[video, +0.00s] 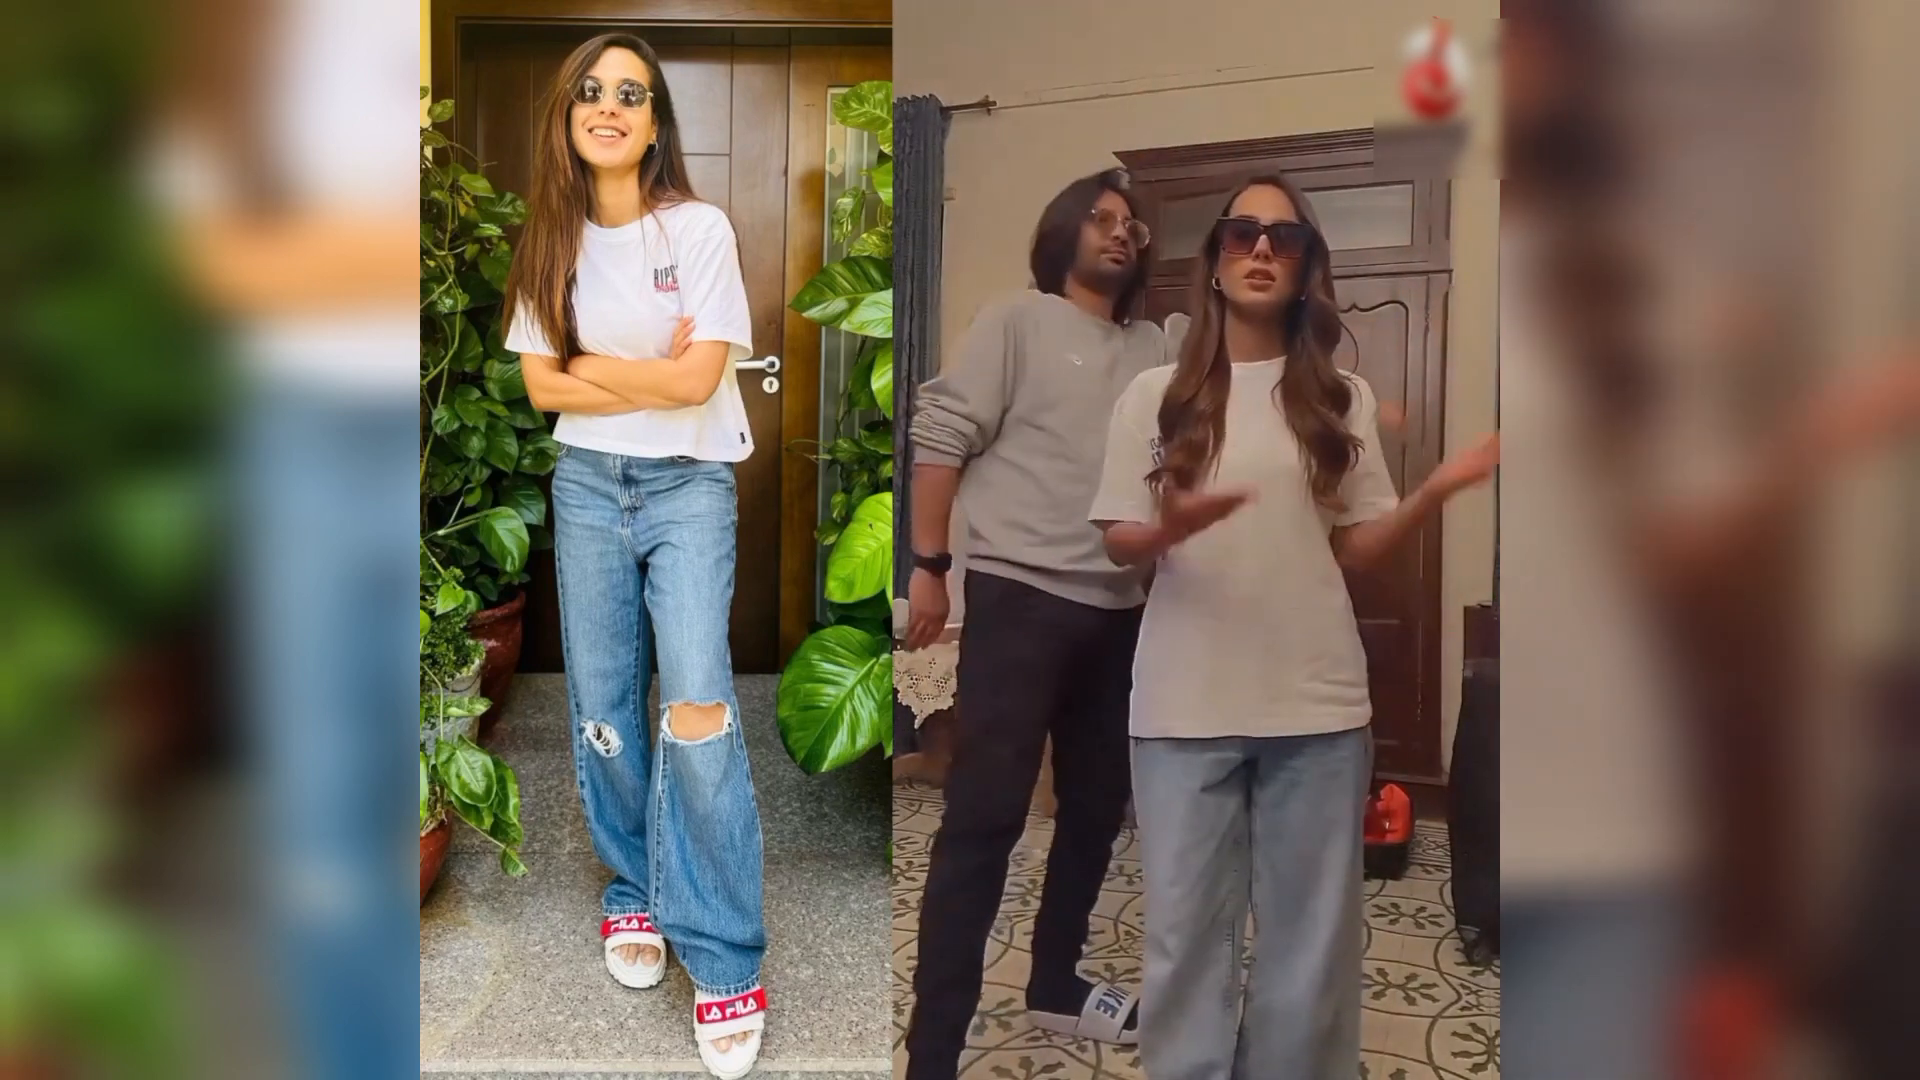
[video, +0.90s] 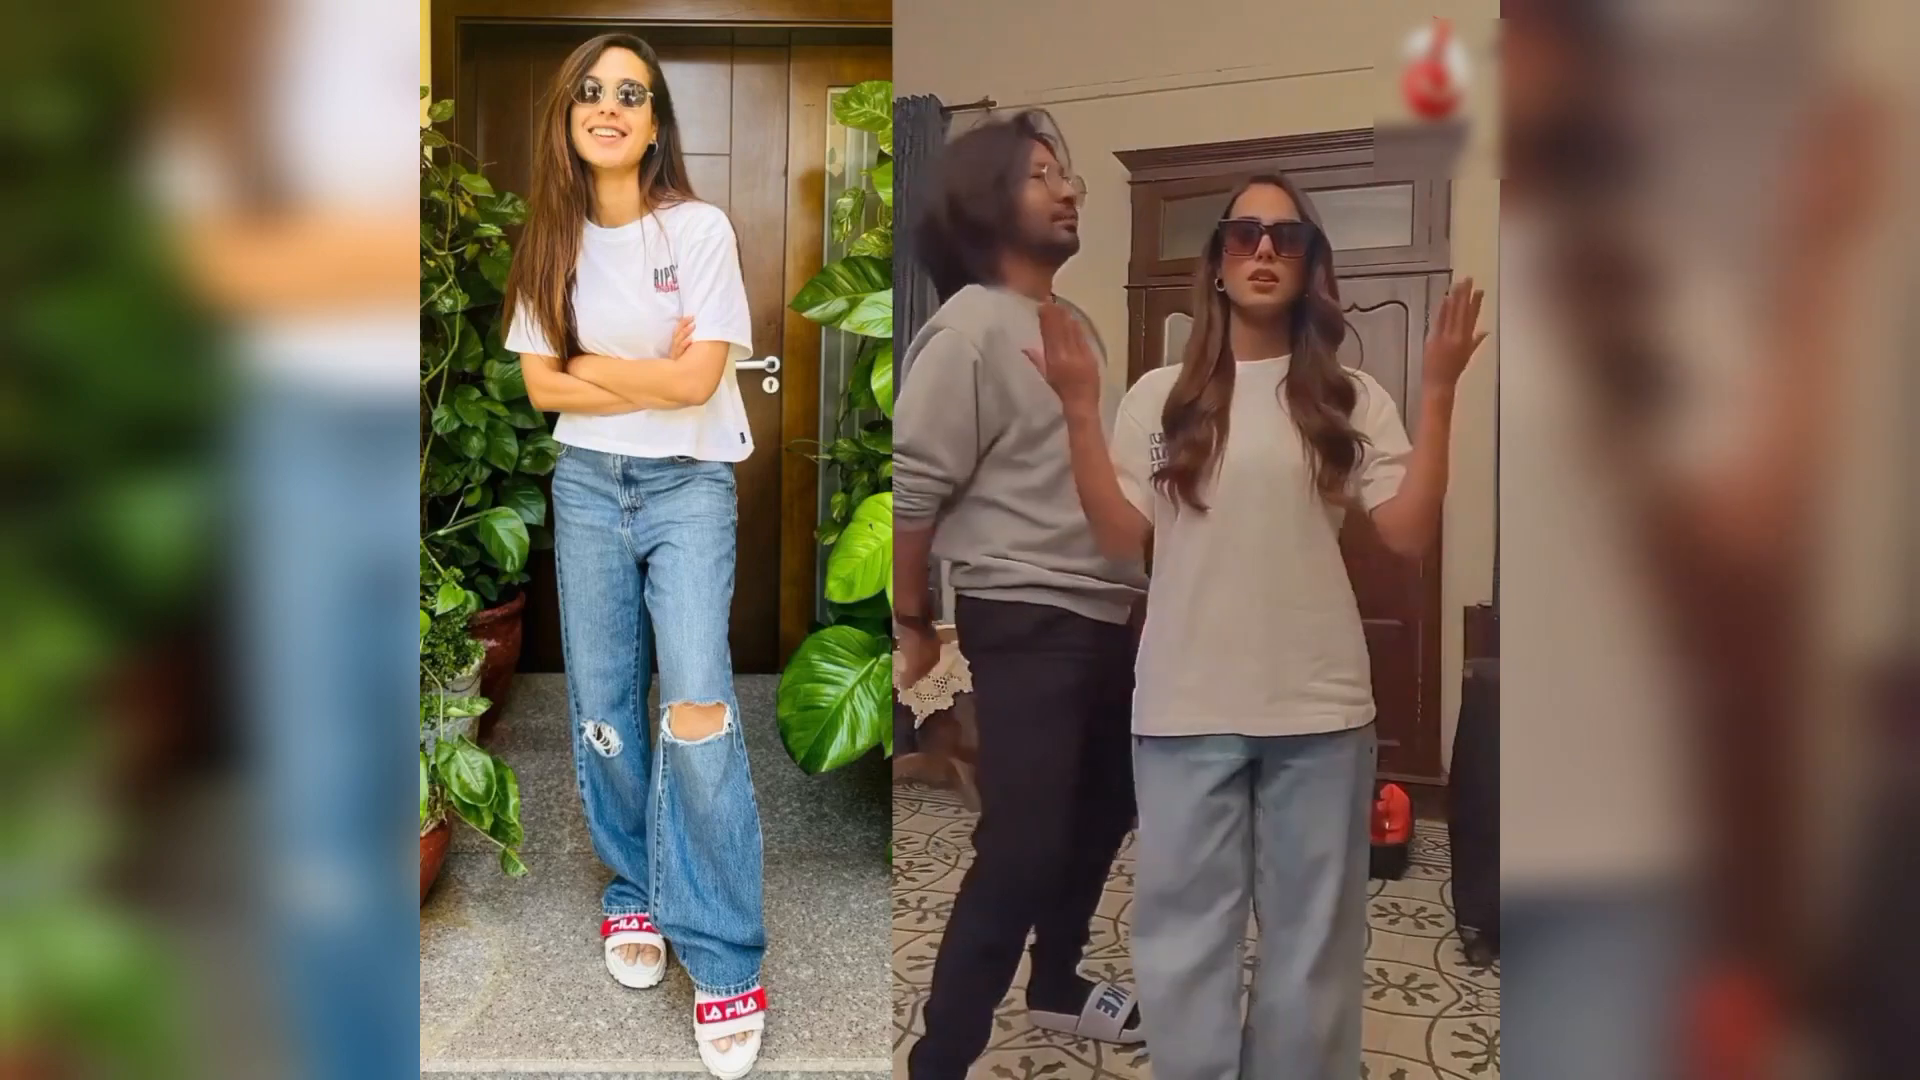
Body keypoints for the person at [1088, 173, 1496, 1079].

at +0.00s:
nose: (1262, 248)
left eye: (1283, 237)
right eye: (1243, 234)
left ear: (1308, 264)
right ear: (1213, 256)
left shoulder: (1342, 393)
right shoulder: (1154, 395)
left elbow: (1354, 549)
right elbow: (1120, 544)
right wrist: (1167, 526)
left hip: (1317, 707)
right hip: (1184, 710)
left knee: (1310, 952)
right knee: (1182, 944)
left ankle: (1292, 1077)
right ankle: (1186, 1072)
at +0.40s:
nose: (1258, 249)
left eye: (1279, 237)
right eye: (1239, 235)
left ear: (1305, 263)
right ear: (1210, 258)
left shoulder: (1340, 396)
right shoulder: (1153, 396)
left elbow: (1371, 540)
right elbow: (1126, 537)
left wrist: (1454, 541)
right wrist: (1185, 582)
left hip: (1317, 709)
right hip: (1184, 710)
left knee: (1311, 945)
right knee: (1183, 940)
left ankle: (1295, 1074)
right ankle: (1185, 1071)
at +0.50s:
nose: (1258, 253)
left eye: (1280, 240)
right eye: (1237, 239)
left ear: (1306, 266)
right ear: (1212, 265)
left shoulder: (1344, 400)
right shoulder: (1159, 400)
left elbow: (1363, 557)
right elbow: (1143, 557)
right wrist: (1147, 699)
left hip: (1323, 724)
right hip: (1189, 724)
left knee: (1312, 961)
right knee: (1183, 957)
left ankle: (1297, 1073)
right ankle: (1188, 1068)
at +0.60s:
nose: (1263, 251)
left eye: (1284, 238)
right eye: (1242, 237)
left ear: (1309, 264)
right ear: (1215, 262)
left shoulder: (1350, 397)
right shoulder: (1160, 396)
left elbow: (1372, 550)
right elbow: (1137, 547)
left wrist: (1386, 694)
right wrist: (1128, 684)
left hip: (1321, 718)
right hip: (1186, 716)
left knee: (1311, 950)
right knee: (1182, 950)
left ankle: (1298, 1071)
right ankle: (1192, 1067)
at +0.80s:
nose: (1265, 250)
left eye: (1287, 237)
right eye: (1245, 236)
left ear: (1312, 263)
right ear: (1217, 262)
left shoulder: (1352, 394)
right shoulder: (1161, 395)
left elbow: (1369, 554)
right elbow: (1156, 556)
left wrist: (1422, 478)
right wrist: (1104, 513)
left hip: (1320, 701)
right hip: (1185, 701)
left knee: (1314, 937)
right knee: (1184, 933)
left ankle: (1302, 1070)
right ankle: (1193, 1066)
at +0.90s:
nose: (1264, 250)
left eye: (1286, 237)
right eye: (1245, 236)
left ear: (1312, 264)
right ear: (1218, 263)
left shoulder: (1350, 395)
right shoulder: (1162, 392)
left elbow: (1409, 537)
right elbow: (1124, 537)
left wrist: (1439, 389)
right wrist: (1081, 407)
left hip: (1321, 707)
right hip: (1183, 707)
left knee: (1313, 943)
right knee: (1183, 940)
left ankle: (1303, 1070)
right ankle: (1192, 1066)